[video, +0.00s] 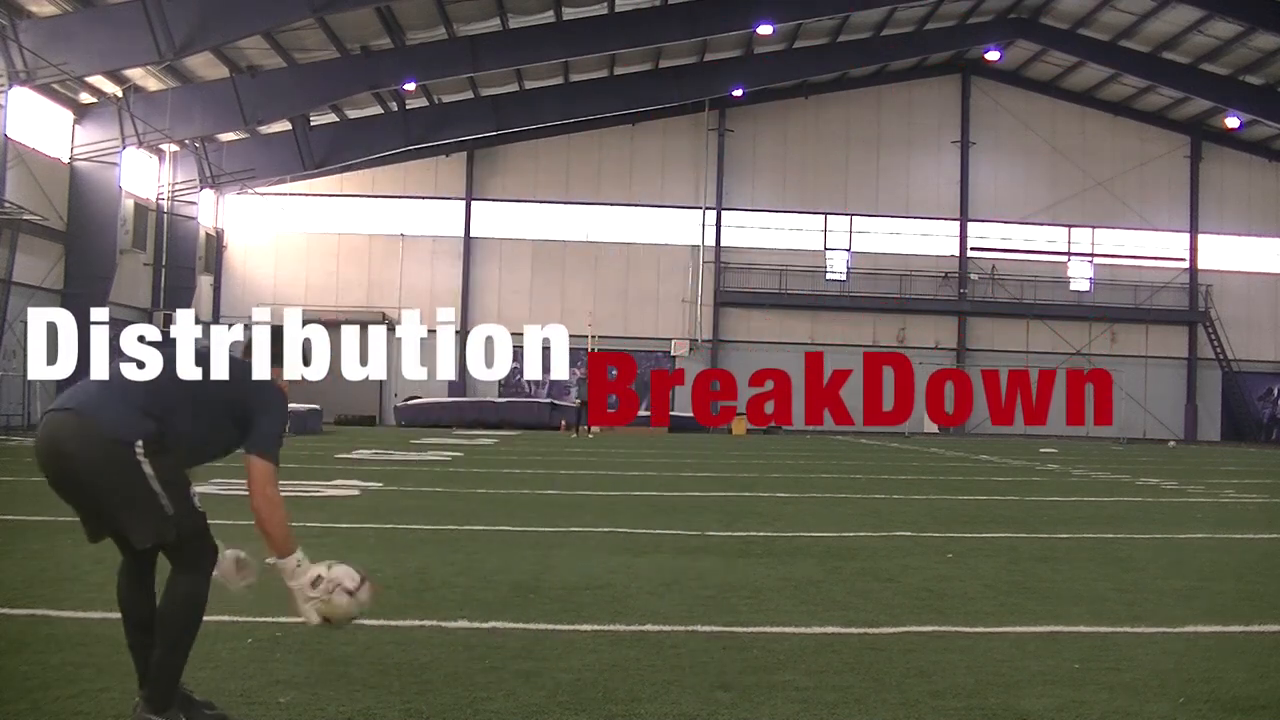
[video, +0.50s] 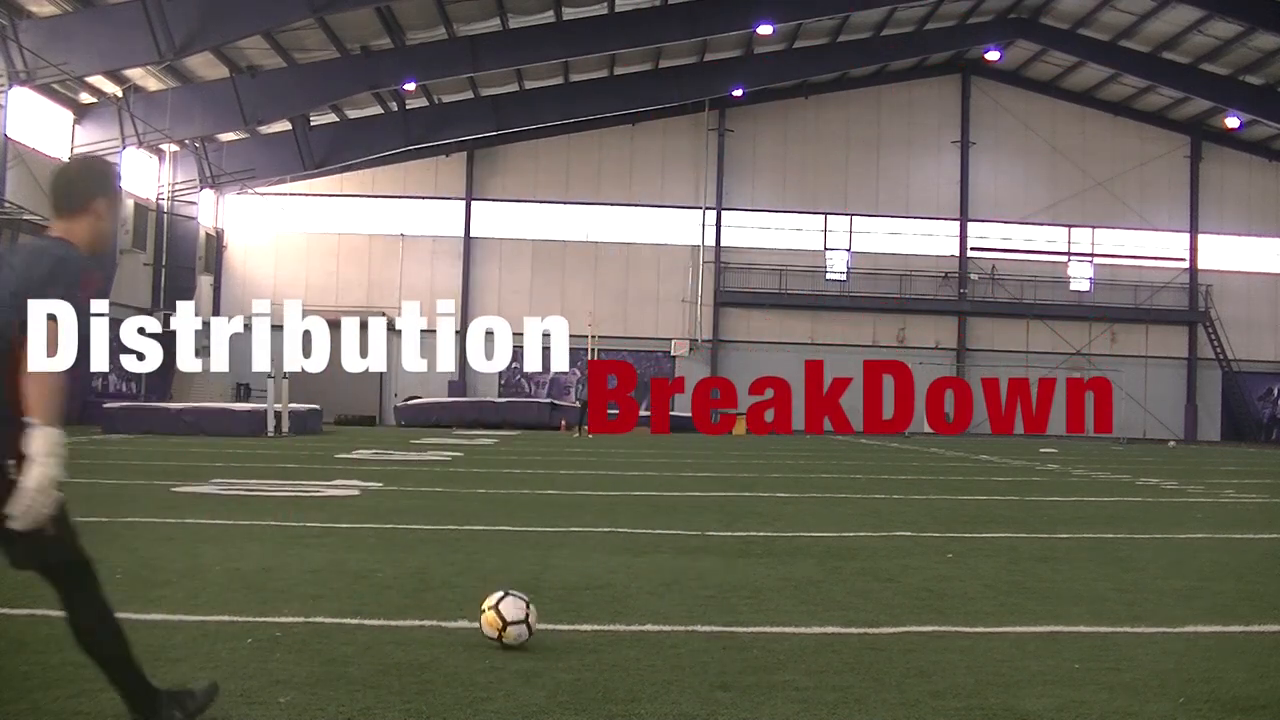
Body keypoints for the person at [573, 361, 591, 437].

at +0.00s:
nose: (583, 371)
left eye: (584, 369)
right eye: (581, 370)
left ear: (587, 371)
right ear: (579, 371)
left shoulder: (590, 380)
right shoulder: (579, 380)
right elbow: (577, 389)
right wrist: (576, 398)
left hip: (588, 400)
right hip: (580, 399)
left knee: (588, 417)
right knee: (578, 417)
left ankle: (589, 432)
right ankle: (576, 432)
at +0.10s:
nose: (584, 375)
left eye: (586, 373)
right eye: (583, 373)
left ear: (588, 373)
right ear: (581, 373)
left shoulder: (590, 380)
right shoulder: (580, 380)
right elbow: (578, 389)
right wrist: (575, 397)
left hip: (588, 400)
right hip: (581, 399)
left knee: (588, 418)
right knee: (578, 417)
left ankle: (589, 432)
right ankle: (576, 433)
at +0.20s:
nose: (586, 372)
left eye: (587, 371)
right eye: (586, 370)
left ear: (589, 372)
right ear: (584, 371)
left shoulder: (591, 380)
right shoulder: (582, 379)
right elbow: (578, 389)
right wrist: (576, 398)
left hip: (589, 400)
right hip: (582, 400)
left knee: (589, 417)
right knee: (579, 417)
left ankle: (589, 432)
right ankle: (576, 433)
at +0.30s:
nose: (586, 373)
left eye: (587, 371)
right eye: (586, 371)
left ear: (589, 372)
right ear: (584, 372)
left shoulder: (591, 380)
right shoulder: (582, 379)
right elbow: (578, 389)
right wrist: (577, 398)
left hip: (589, 400)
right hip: (583, 400)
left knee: (590, 417)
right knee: (580, 417)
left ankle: (589, 432)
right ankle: (576, 433)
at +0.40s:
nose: (587, 373)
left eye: (588, 371)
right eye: (586, 371)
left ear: (589, 372)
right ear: (584, 372)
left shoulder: (590, 380)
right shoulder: (581, 379)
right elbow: (577, 388)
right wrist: (576, 397)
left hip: (590, 400)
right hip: (583, 399)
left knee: (590, 417)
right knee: (580, 417)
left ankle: (589, 432)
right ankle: (577, 432)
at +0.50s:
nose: (587, 373)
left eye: (588, 371)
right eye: (586, 371)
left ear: (590, 372)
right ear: (584, 372)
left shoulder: (592, 380)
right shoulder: (581, 380)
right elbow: (578, 388)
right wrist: (577, 398)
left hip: (591, 400)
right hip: (583, 399)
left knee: (590, 417)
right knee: (581, 417)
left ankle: (590, 432)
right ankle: (579, 432)